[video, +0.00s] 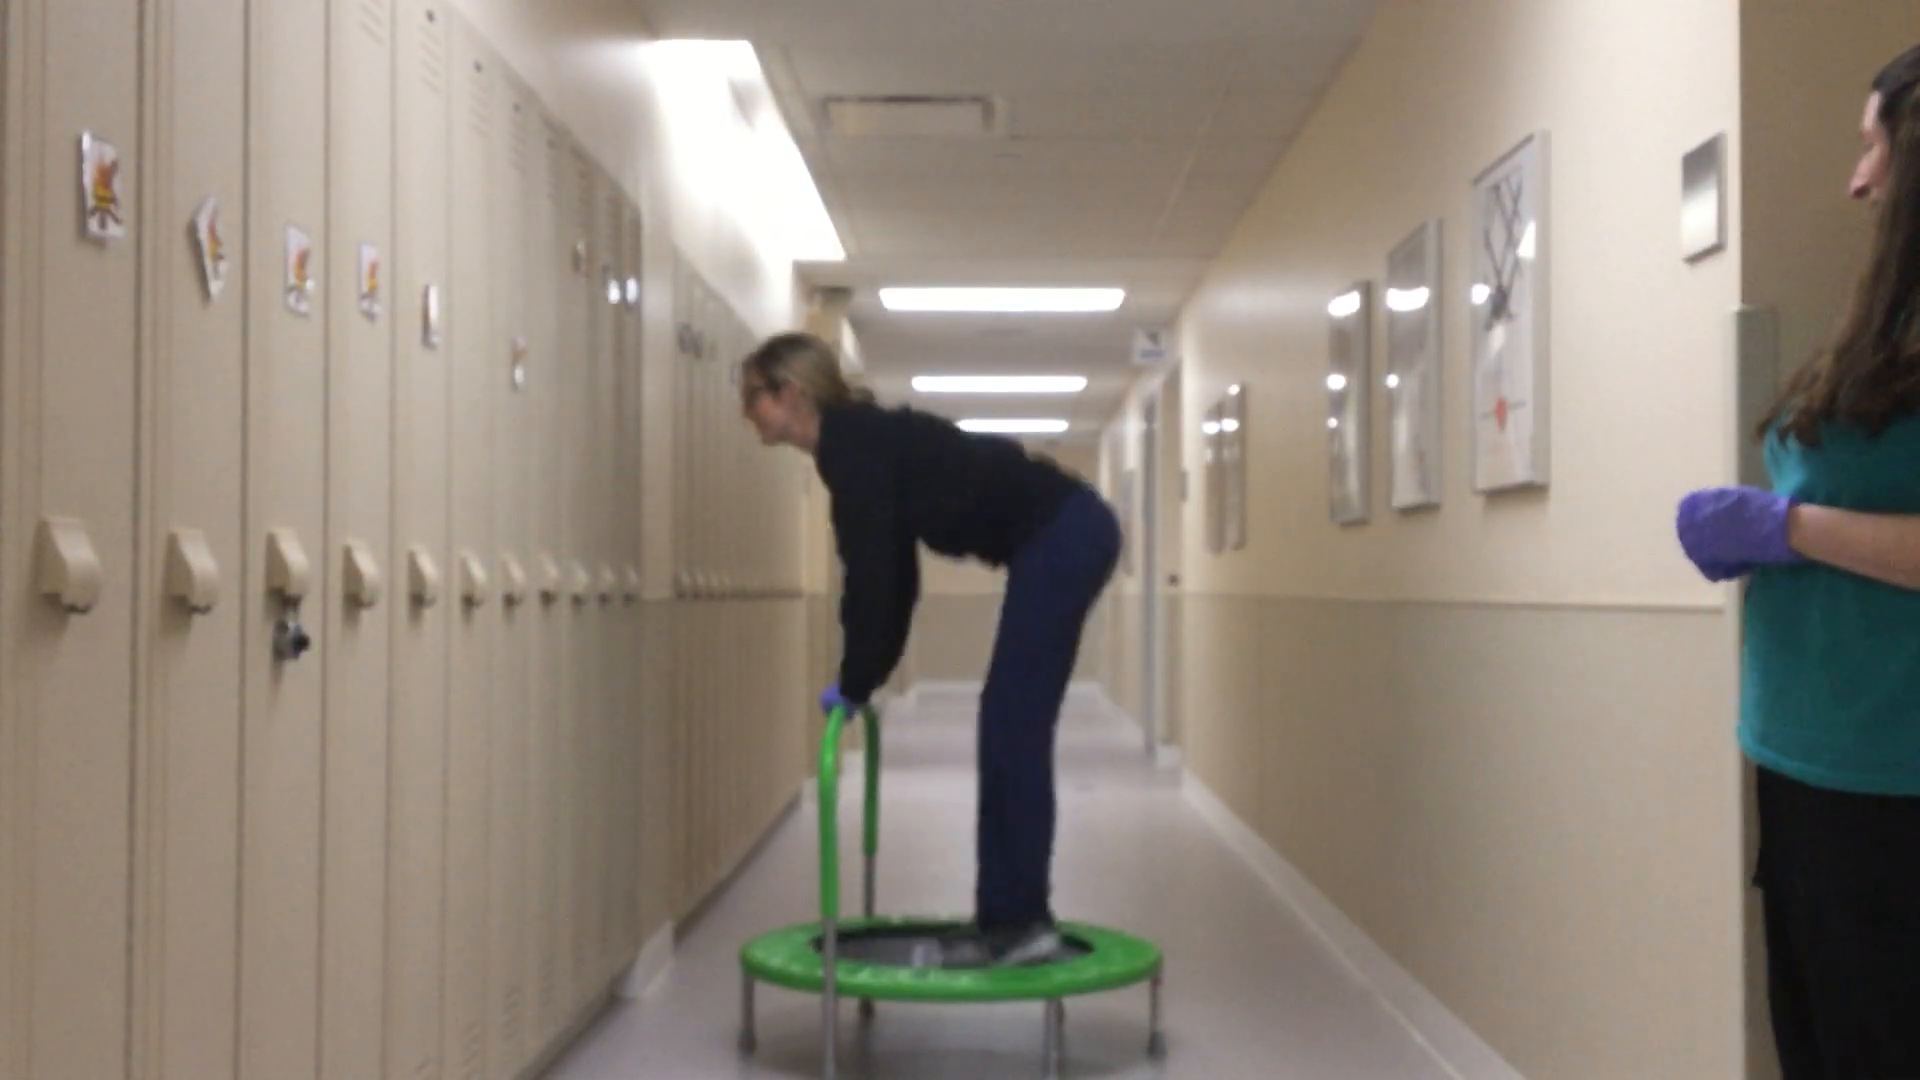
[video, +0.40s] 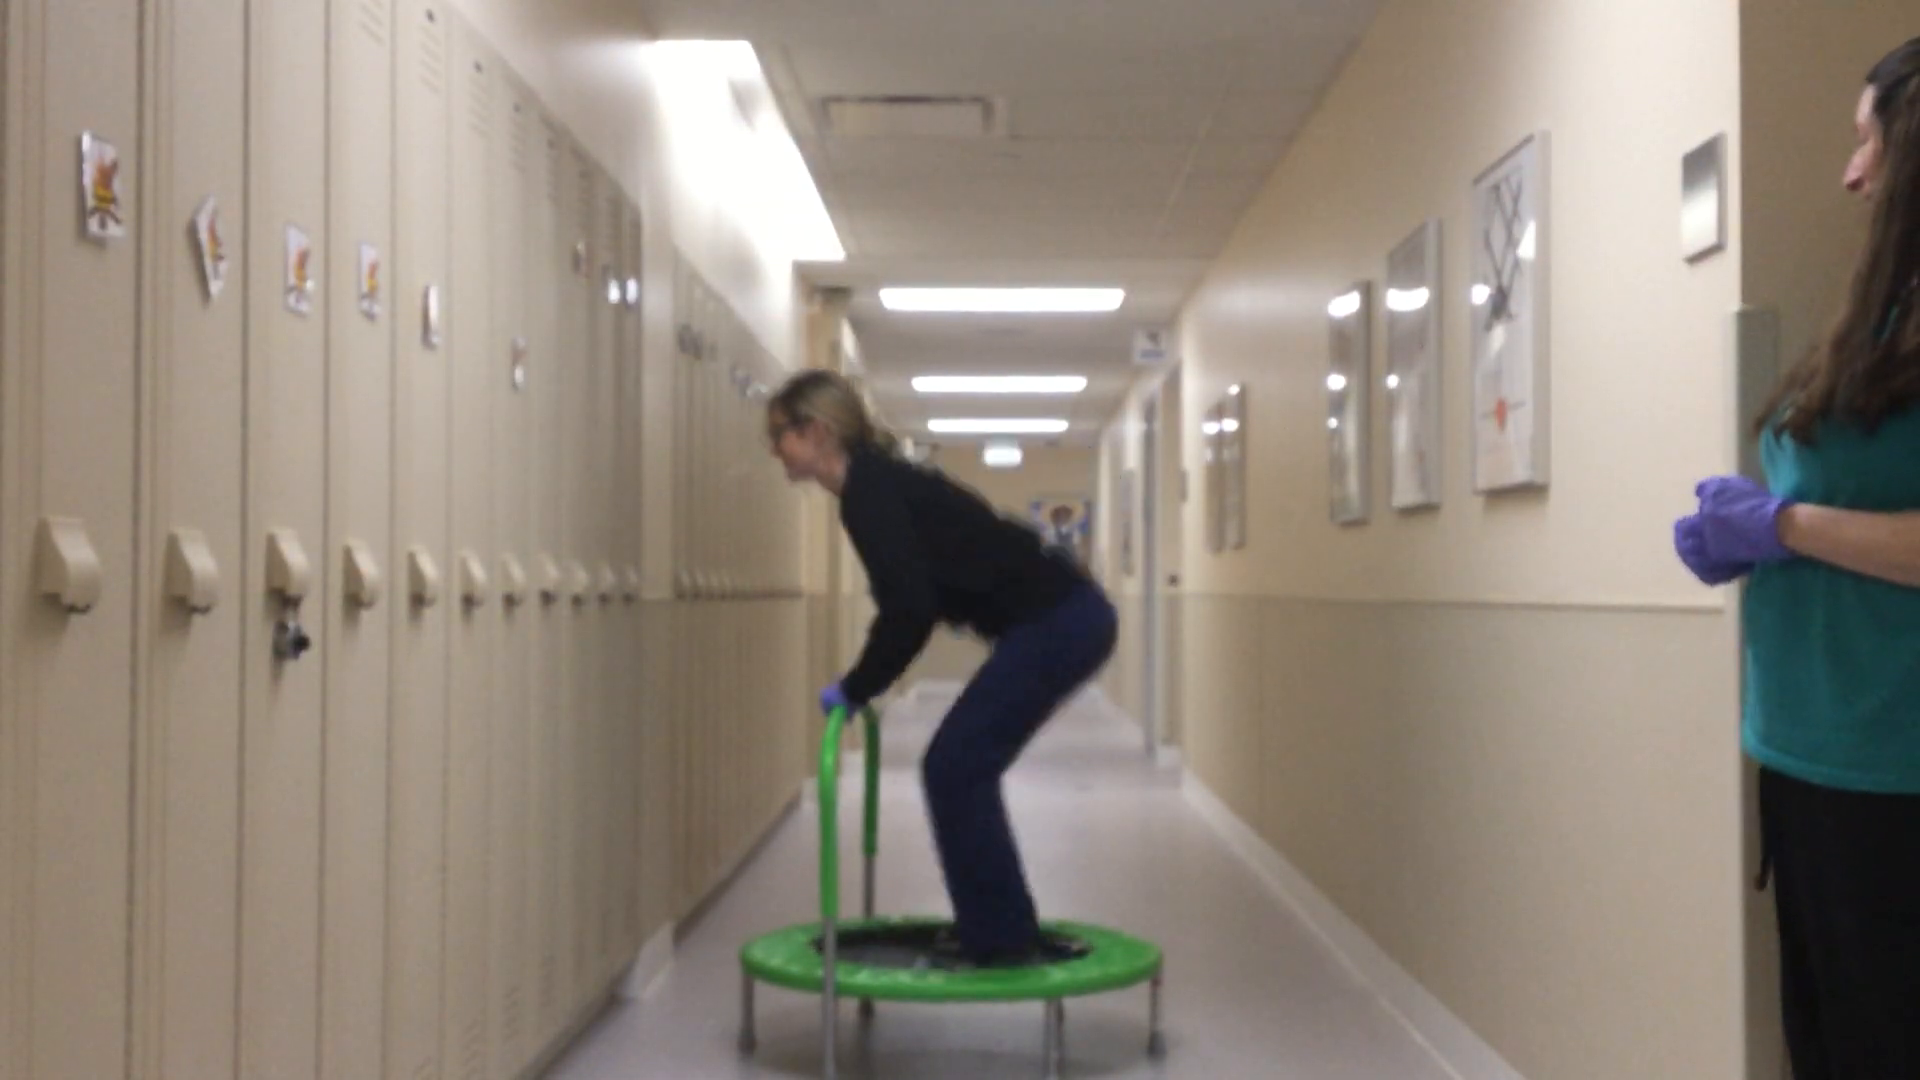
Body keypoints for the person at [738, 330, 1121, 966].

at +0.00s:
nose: (750, 417)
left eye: (753, 400)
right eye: (747, 403)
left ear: (788, 394)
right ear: (798, 393)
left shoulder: (851, 443)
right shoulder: (862, 438)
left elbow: (873, 569)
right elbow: (894, 573)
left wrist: (854, 682)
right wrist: (861, 679)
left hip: (1061, 539)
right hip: (1060, 537)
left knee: (1014, 723)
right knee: (1012, 721)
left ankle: (1014, 919)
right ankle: (1011, 916)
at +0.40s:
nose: (776, 450)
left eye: (782, 434)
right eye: (774, 436)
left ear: (818, 432)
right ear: (820, 434)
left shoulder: (873, 491)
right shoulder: (870, 489)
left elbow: (911, 608)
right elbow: (908, 607)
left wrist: (857, 687)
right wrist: (858, 682)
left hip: (1061, 622)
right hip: (1056, 620)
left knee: (955, 766)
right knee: (956, 764)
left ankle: (998, 936)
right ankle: (996, 932)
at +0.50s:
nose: (798, 488)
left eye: (805, 473)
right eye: (799, 473)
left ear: (839, 475)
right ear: (841, 477)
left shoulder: (894, 538)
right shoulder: (891, 536)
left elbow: (931, 641)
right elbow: (928, 641)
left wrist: (858, 691)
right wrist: (861, 687)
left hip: (1064, 688)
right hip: (1056, 685)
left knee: (922, 795)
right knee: (919, 792)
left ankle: (993, 943)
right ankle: (987, 937)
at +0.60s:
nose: (808, 502)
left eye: (815, 487)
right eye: (809, 488)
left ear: (851, 493)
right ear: (853, 494)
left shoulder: (899, 555)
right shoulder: (899, 552)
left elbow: (937, 653)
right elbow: (934, 653)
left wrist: (856, 692)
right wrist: (861, 687)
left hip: (1070, 709)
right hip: (1066, 705)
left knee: (920, 800)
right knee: (920, 797)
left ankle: (993, 944)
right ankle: (991, 939)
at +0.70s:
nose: (807, 484)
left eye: (814, 469)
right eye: (808, 469)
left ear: (848, 473)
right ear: (851, 474)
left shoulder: (899, 534)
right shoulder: (898, 532)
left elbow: (931, 641)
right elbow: (928, 639)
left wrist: (860, 691)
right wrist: (864, 685)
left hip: (1077, 682)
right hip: (1071, 679)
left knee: (935, 790)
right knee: (934, 788)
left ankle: (1002, 940)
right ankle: (990, 937)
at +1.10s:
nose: (797, 394)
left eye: (799, 378)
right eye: (795, 379)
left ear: (833, 370)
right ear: (841, 370)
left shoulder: (896, 424)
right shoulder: (896, 421)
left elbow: (891, 552)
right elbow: (900, 554)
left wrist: (864, 667)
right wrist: (869, 666)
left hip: (1093, 526)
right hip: (1090, 525)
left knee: (984, 670)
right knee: (985, 670)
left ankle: (987, 859)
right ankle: (986, 856)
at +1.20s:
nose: (815, 420)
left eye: (816, 404)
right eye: (812, 407)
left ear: (850, 394)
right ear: (855, 395)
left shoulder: (908, 452)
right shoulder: (906, 449)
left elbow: (918, 582)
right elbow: (920, 583)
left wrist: (869, 677)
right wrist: (870, 674)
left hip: (1090, 583)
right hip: (1083, 582)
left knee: (973, 718)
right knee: (972, 718)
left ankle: (1016, 906)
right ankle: (1007, 904)